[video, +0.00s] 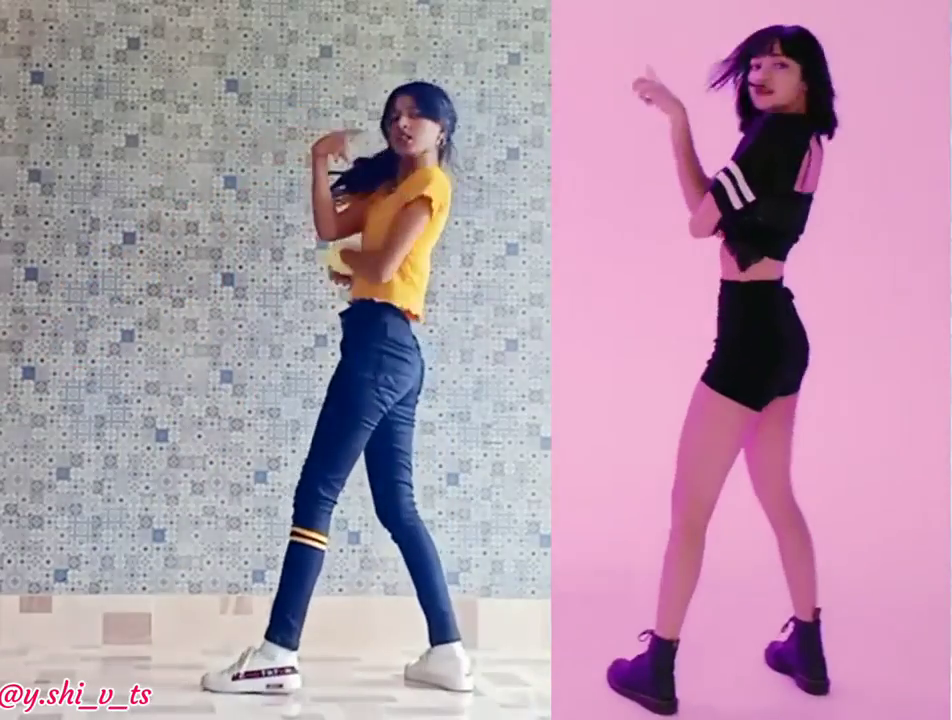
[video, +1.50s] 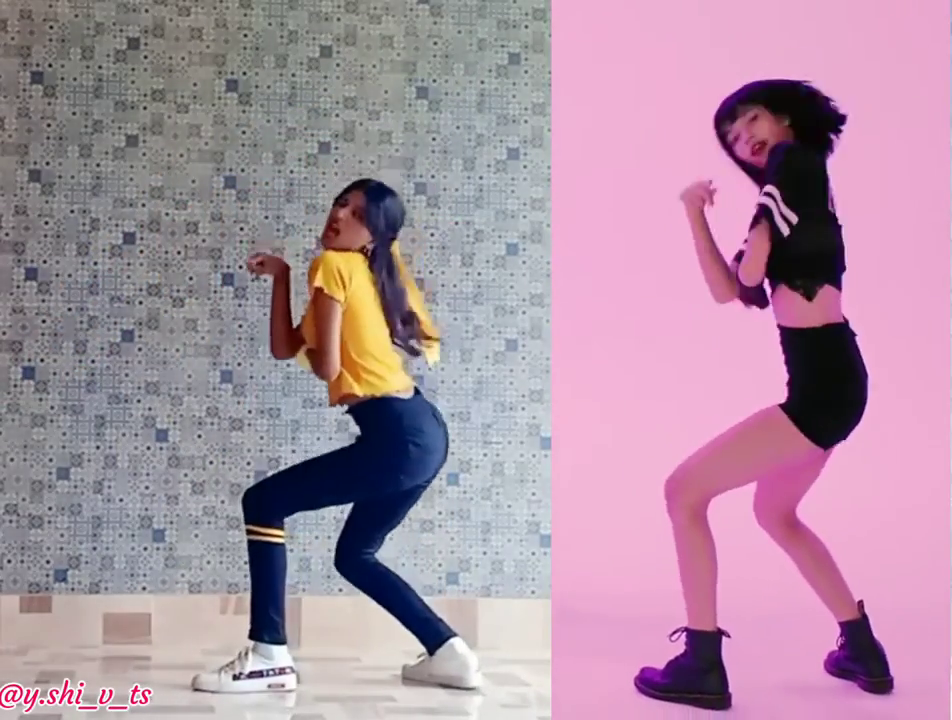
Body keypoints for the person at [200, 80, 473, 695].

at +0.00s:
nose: (403, 123)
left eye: (416, 115)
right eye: (396, 116)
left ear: (443, 128)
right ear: (389, 128)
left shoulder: (430, 183)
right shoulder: (395, 184)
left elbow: (382, 265)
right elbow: (329, 227)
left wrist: (342, 252)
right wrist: (321, 163)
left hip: (377, 344)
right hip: (396, 347)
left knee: (315, 496)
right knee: (398, 508)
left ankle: (277, 653)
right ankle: (448, 651)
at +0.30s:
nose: (393, 130)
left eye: (406, 120)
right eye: (385, 120)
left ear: (431, 129)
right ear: (376, 126)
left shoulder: (414, 190)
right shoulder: (367, 178)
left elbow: (351, 271)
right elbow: (314, 239)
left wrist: (332, 238)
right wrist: (302, 173)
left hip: (367, 349)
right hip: (383, 351)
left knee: (307, 496)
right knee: (393, 509)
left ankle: (279, 656)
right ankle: (447, 651)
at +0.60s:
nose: (362, 140)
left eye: (374, 130)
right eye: (353, 133)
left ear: (398, 140)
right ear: (346, 146)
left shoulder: (401, 188)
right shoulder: (364, 203)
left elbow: (360, 272)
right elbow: (314, 262)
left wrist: (330, 264)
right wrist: (305, 200)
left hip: (375, 362)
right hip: (386, 365)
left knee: (288, 494)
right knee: (375, 521)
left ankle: (274, 656)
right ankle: (445, 651)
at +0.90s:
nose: (356, 148)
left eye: (371, 142)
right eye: (351, 139)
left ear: (395, 157)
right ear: (342, 151)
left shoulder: (384, 205)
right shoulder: (362, 219)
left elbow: (362, 296)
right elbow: (305, 286)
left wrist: (331, 291)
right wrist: (286, 218)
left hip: (380, 382)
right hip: (387, 383)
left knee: (270, 496)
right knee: (359, 535)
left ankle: (271, 657)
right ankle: (444, 652)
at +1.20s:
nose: (346, 166)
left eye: (359, 159)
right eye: (343, 157)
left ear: (387, 172)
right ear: (343, 166)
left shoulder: (368, 218)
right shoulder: (377, 226)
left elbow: (349, 311)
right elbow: (300, 300)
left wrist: (328, 303)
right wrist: (275, 231)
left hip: (381, 398)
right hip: (404, 400)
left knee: (262, 499)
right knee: (360, 541)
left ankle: (269, 656)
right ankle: (444, 652)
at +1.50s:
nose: (337, 214)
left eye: (351, 212)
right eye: (340, 204)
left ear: (372, 234)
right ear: (339, 210)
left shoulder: (335, 264)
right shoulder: (377, 273)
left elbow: (328, 367)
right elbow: (283, 347)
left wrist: (316, 328)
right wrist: (281, 278)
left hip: (393, 437)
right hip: (427, 435)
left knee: (262, 501)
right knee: (353, 557)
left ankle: (267, 654)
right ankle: (446, 651)